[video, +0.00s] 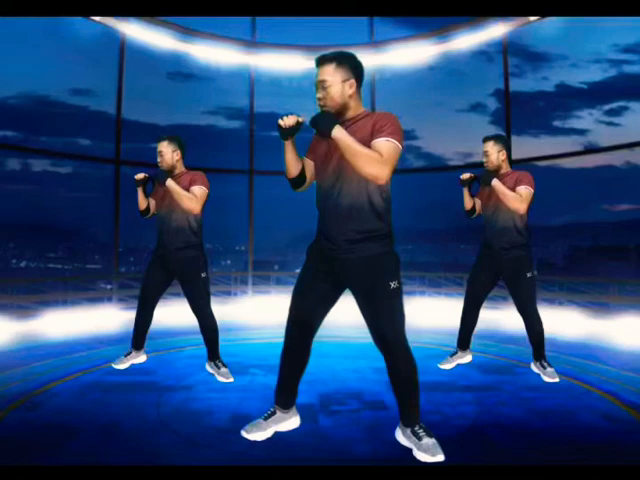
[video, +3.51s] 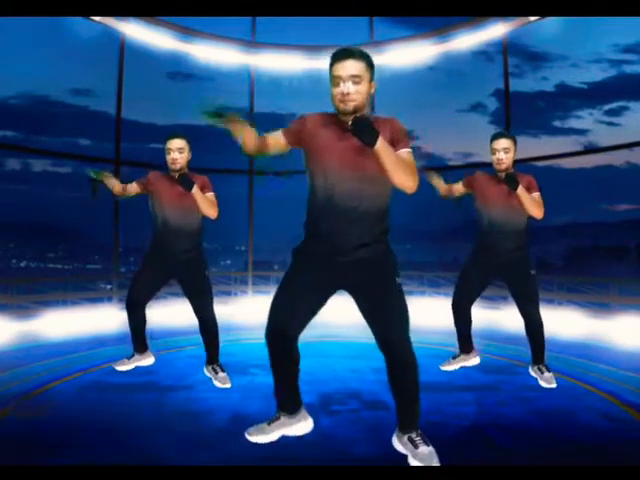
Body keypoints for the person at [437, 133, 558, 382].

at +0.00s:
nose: (484, 159)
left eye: (488, 154)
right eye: (484, 154)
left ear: (502, 154)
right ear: (493, 156)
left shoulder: (522, 177)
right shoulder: (486, 184)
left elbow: (521, 206)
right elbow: (471, 211)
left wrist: (493, 182)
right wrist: (466, 188)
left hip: (517, 254)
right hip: (490, 254)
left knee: (528, 309)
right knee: (472, 300)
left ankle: (540, 360)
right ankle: (462, 350)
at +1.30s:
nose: (479, 162)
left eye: (483, 157)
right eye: (479, 158)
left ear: (498, 159)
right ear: (483, 161)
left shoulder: (517, 185)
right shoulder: (480, 187)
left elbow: (527, 217)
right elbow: (465, 210)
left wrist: (501, 199)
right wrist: (466, 188)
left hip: (510, 259)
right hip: (487, 258)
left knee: (521, 313)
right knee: (462, 301)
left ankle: (541, 360)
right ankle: (466, 352)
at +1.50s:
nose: (479, 162)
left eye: (481, 158)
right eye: (480, 158)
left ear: (490, 160)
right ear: (497, 161)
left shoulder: (492, 178)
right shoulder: (502, 180)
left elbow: (457, 184)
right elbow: (464, 184)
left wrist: (440, 176)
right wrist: (443, 178)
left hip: (496, 259)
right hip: (493, 257)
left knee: (505, 316)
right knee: (461, 299)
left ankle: (555, 357)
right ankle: (465, 352)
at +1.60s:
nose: (478, 164)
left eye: (481, 160)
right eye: (478, 160)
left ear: (490, 160)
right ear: (495, 161)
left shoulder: (493, 178)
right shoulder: (500, 180)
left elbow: (456, 182)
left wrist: (436, 174)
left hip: (498, 259)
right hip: (491, 258)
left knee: (511, 315)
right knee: (459, 299)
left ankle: (559, 358)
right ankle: (465, 353)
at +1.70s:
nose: (474, 162)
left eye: (478, 158)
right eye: (473, 158)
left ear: (490, 158)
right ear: (479, 160)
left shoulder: (504, 179)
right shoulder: (479, 181)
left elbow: (500, 195)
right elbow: (470, 210)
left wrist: (479, 178)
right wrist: (469, 190)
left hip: (502, 255)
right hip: (483, 255)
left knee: (516, 310)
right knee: (461, 300)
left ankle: (558, 358)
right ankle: (465, 353)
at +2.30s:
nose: (493, 158)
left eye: (497, 152)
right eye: (488, 154)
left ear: (508, 153)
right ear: (485, 158)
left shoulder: (523, 179)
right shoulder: (482, 189)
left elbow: (535, 207)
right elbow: (463, 216)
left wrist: (512, 181)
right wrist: (456, 189)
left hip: (518, 259)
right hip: (487, 259)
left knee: (535, 311)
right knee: (468, 305)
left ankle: (542, 361)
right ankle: (465, 352)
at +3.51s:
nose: (500, 156)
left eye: (505, 151)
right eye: (496, 152)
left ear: (514, 154)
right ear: (490, 155)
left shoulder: (526, 182)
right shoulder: (477, 180)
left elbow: (538, 212)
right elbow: (448, 191)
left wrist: (517, 187)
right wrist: (434, 179)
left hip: (516, 259)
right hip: (485, 256)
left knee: (531, 314)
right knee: (460, 302)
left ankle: (539, 365)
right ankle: (467, 353)